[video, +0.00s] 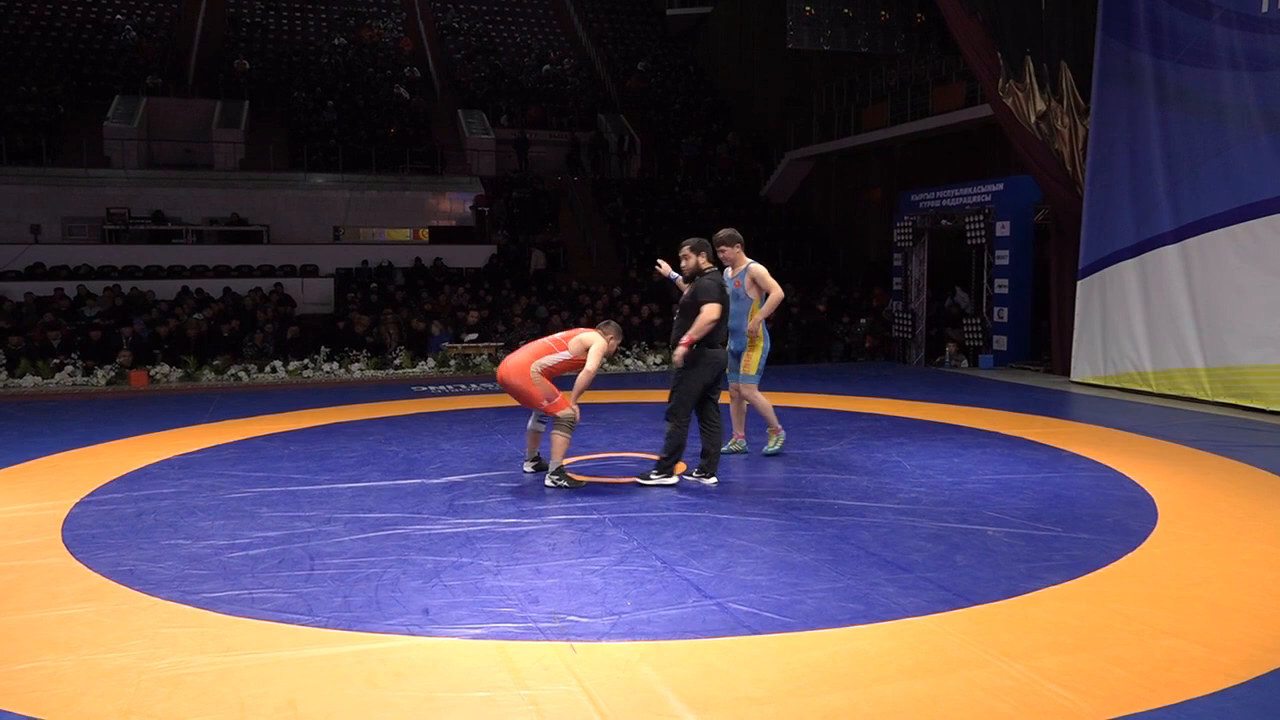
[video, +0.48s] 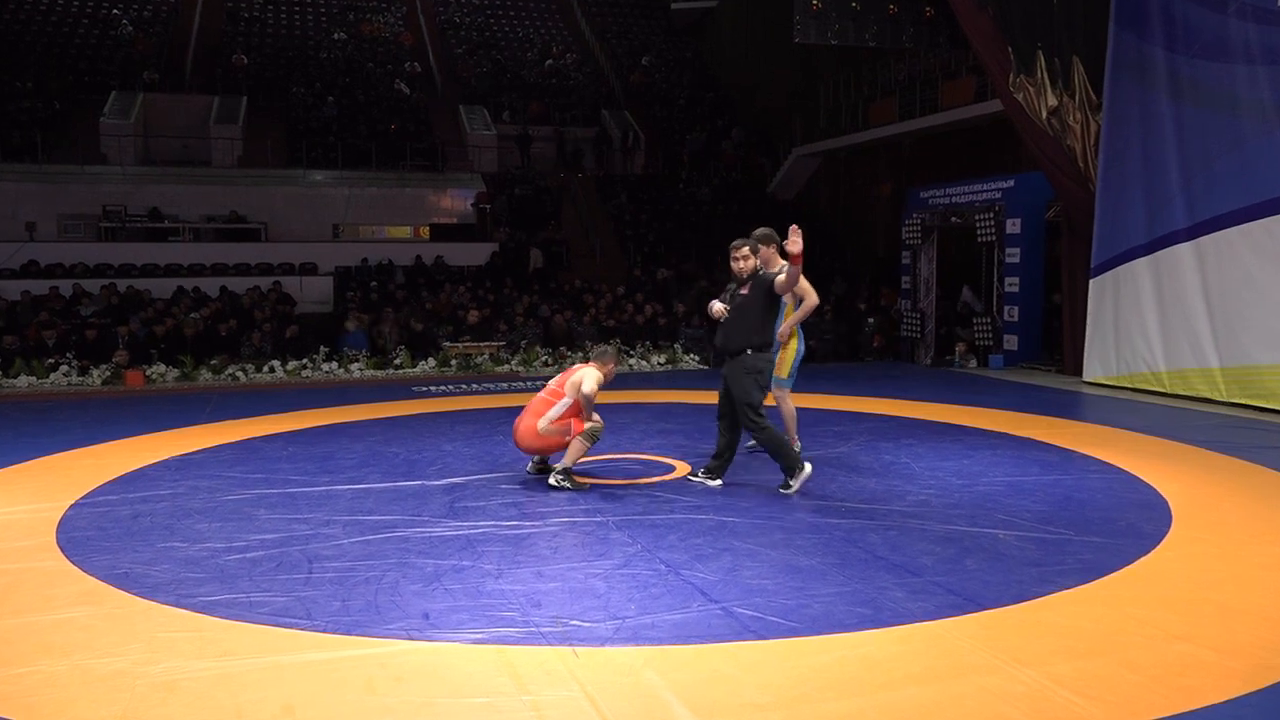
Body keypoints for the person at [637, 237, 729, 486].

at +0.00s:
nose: (682, 263)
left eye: (686, 258)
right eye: (681, 259)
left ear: (702, 257)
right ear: (701, 259)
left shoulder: (707, 282)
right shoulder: (710, 279)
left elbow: (711, 315)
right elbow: (692, 295)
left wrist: (685, 343)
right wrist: (672, 276)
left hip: (700, 355)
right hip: (713, 354)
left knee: (677, 411)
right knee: (708, 413)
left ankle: (665, 469)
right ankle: (707, 470)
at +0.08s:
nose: (693, 262)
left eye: (698, 257)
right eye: (690, 258)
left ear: (713, 257)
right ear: (691, 260)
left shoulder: (719, 279)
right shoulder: (707, 280)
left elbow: (728, 309)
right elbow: (695, 293)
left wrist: (705, 337)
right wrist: (674, 278)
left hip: (707, 356)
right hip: (714, 355)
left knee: (688, 412)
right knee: (712, 415)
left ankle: (687, 471)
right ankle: (710, 470)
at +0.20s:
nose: (708, 262)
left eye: (713, 256)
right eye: (704, 258)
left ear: (726, 257)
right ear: (701, 261)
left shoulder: (732, 278)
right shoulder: (711, 284)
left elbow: (748, 293)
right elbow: (705, 303)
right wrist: (687, 296)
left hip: (721, 354)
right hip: (708, 354)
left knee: (707, 411)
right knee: (713, 412)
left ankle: (722, 469)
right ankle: (713, 464)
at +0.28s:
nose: (717, 262)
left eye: (722, 257)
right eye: (712, 258)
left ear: (733, 258)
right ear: (707, 262)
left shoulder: (739, 279)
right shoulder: (714, 285)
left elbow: (752, 286)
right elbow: (712, 312)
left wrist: (763, 287)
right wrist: (697, 305)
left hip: (728, 354)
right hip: (713, 354)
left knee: (717, 412)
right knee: (716, 413)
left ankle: (749, 465)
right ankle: (713, 467)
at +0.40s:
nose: (730, 263)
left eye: (736, 257)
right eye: (726, 258)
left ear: (746, 259)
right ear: (720, 262)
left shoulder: (754, 280)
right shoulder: (723, 287)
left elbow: (775, 285)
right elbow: (708, 306)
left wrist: (785, 268)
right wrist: (704, 304)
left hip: (740, 357)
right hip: (722, 357)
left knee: (735, 415)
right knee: (721, 416)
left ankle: (782, 460)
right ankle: (714, 470)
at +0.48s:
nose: (740, 265)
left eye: (745, 259)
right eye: (735, 260)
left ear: (757, 259)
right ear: (730, 263)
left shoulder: (766, 282)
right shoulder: (734, 287)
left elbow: (788, 283)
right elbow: (719, 307)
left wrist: (795, 259)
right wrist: (714, 305)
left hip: (752, 360)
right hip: (734, 360)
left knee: (752, 421)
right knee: (728, 420)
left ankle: (795, 467)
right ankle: (714, 471)